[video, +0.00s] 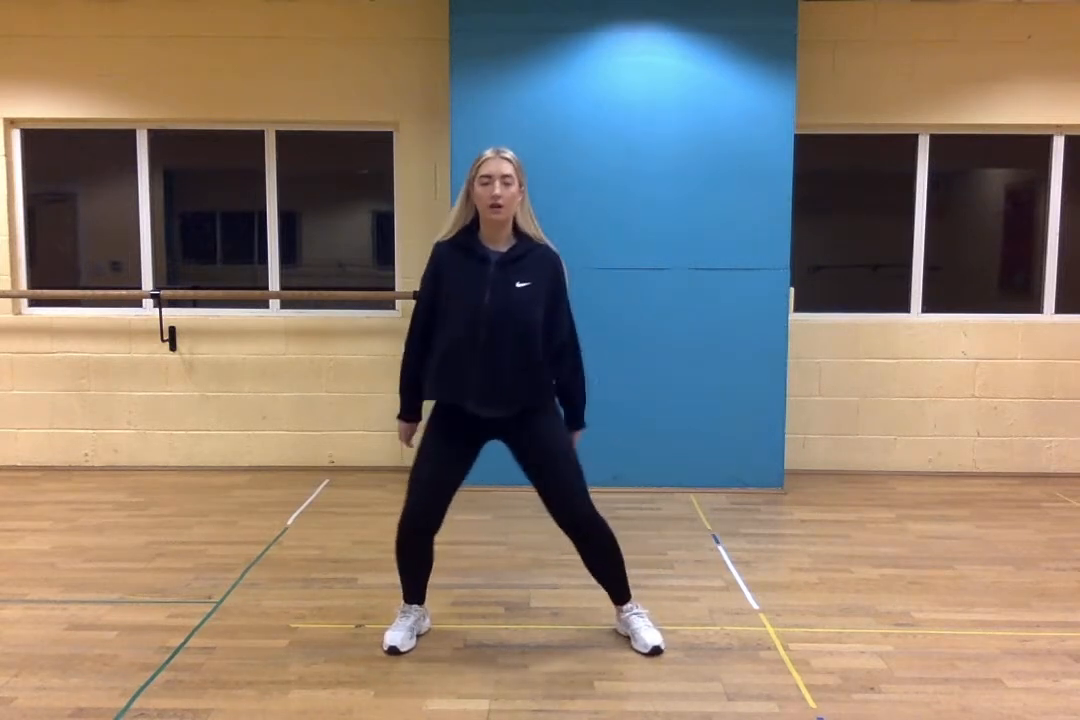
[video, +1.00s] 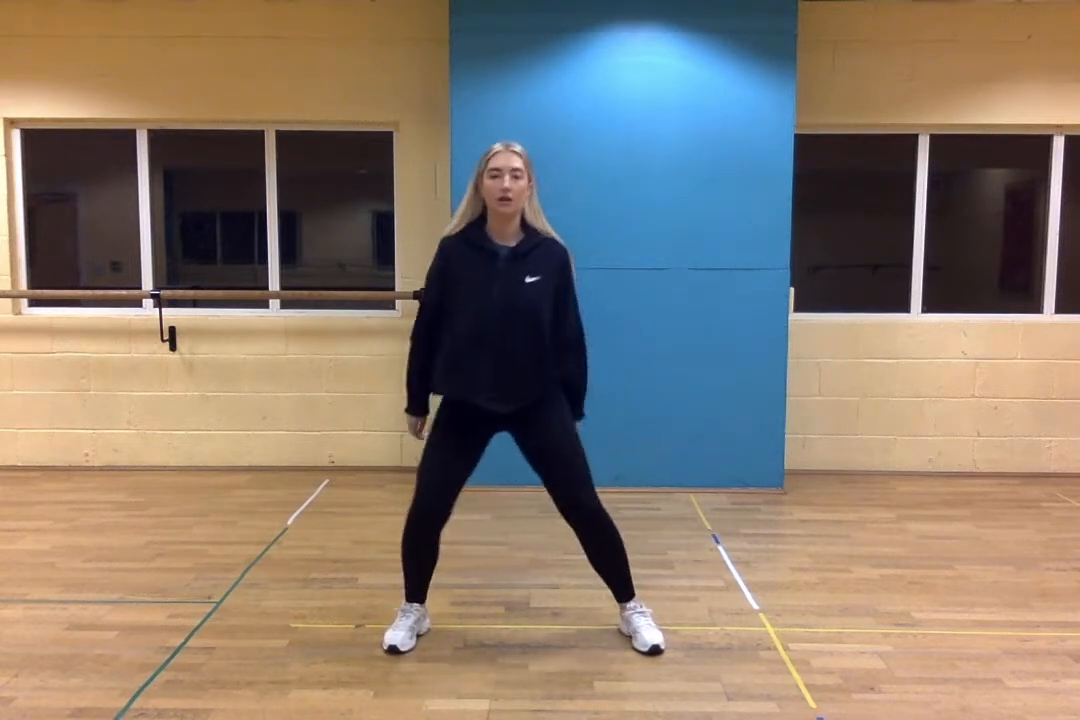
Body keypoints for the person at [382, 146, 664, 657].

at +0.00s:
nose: (496, 190)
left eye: (506, 181)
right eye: (486, 181)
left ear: (520, 191)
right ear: (471, 192)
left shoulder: (543, 260)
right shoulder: (447, 255)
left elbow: (563, 341)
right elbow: (421, 332)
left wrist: (574, 417)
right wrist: (409, 406)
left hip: (528, 409)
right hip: (458, 409)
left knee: (577, 513)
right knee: (417, 517)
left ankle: (628, 609)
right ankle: (412, 610)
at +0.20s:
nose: (523, 172)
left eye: (532, 163)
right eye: (512, 165)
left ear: (547, 174)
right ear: (498, 177)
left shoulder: (573, 240)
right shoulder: (479, 240)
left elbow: (594, 319)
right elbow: (455, 320)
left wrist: (599, 391)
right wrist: (449, 396)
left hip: (570, 390)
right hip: (500, 392)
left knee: (607, 503)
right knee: (457, 503)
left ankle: (636, 608)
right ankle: (416, 607)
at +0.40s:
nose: (548, 189)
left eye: (557, 179)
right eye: (537, 182)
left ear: (572, 189)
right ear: (524, 193)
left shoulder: (600, 255)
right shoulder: (503, 258)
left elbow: (624, 338)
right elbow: (485, 338)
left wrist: (642, 418)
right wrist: (487, 412)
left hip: (594, 408)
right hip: (521, 409)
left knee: (629, 515)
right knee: (464, 509)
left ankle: (637, 612)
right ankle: (416, 607)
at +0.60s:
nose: (538, 180)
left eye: (547, 171)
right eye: (527, 172)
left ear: (563, 180)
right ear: (514, 184)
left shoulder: (587, 248)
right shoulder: (492, 247)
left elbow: (617, 327)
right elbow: (475, 325)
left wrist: (640, 403)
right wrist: (477, 396)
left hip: (574, 400)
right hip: (503, 399)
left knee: (608, 508)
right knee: (452, 501)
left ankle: (635, 610)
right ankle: (415, 606)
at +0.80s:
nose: (509, 176)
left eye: (519, 168)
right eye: (500, 168)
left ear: (534, 180)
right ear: (485, 179)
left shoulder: (555, 247)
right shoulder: (460, 243)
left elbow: (582, 328)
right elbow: (436, 319)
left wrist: (603, 406)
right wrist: (431, 398)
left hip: (538, 397)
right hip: (467, 396)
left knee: (577, 507)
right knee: (427, 505)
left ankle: (631, 607)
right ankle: (413, 608)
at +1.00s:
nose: (506, 183)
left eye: (516, 175)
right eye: (496, 175)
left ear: (529, 186)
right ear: (480, 185)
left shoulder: (551, 253)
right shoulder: (454, 249)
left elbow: (569, 332)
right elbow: (428, 324)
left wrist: (573, 404)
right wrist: (417, 400)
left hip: (537, 400)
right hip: (467, 400)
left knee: (582, 505)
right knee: (425, 510)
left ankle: (631, 608)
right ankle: (412, 609)